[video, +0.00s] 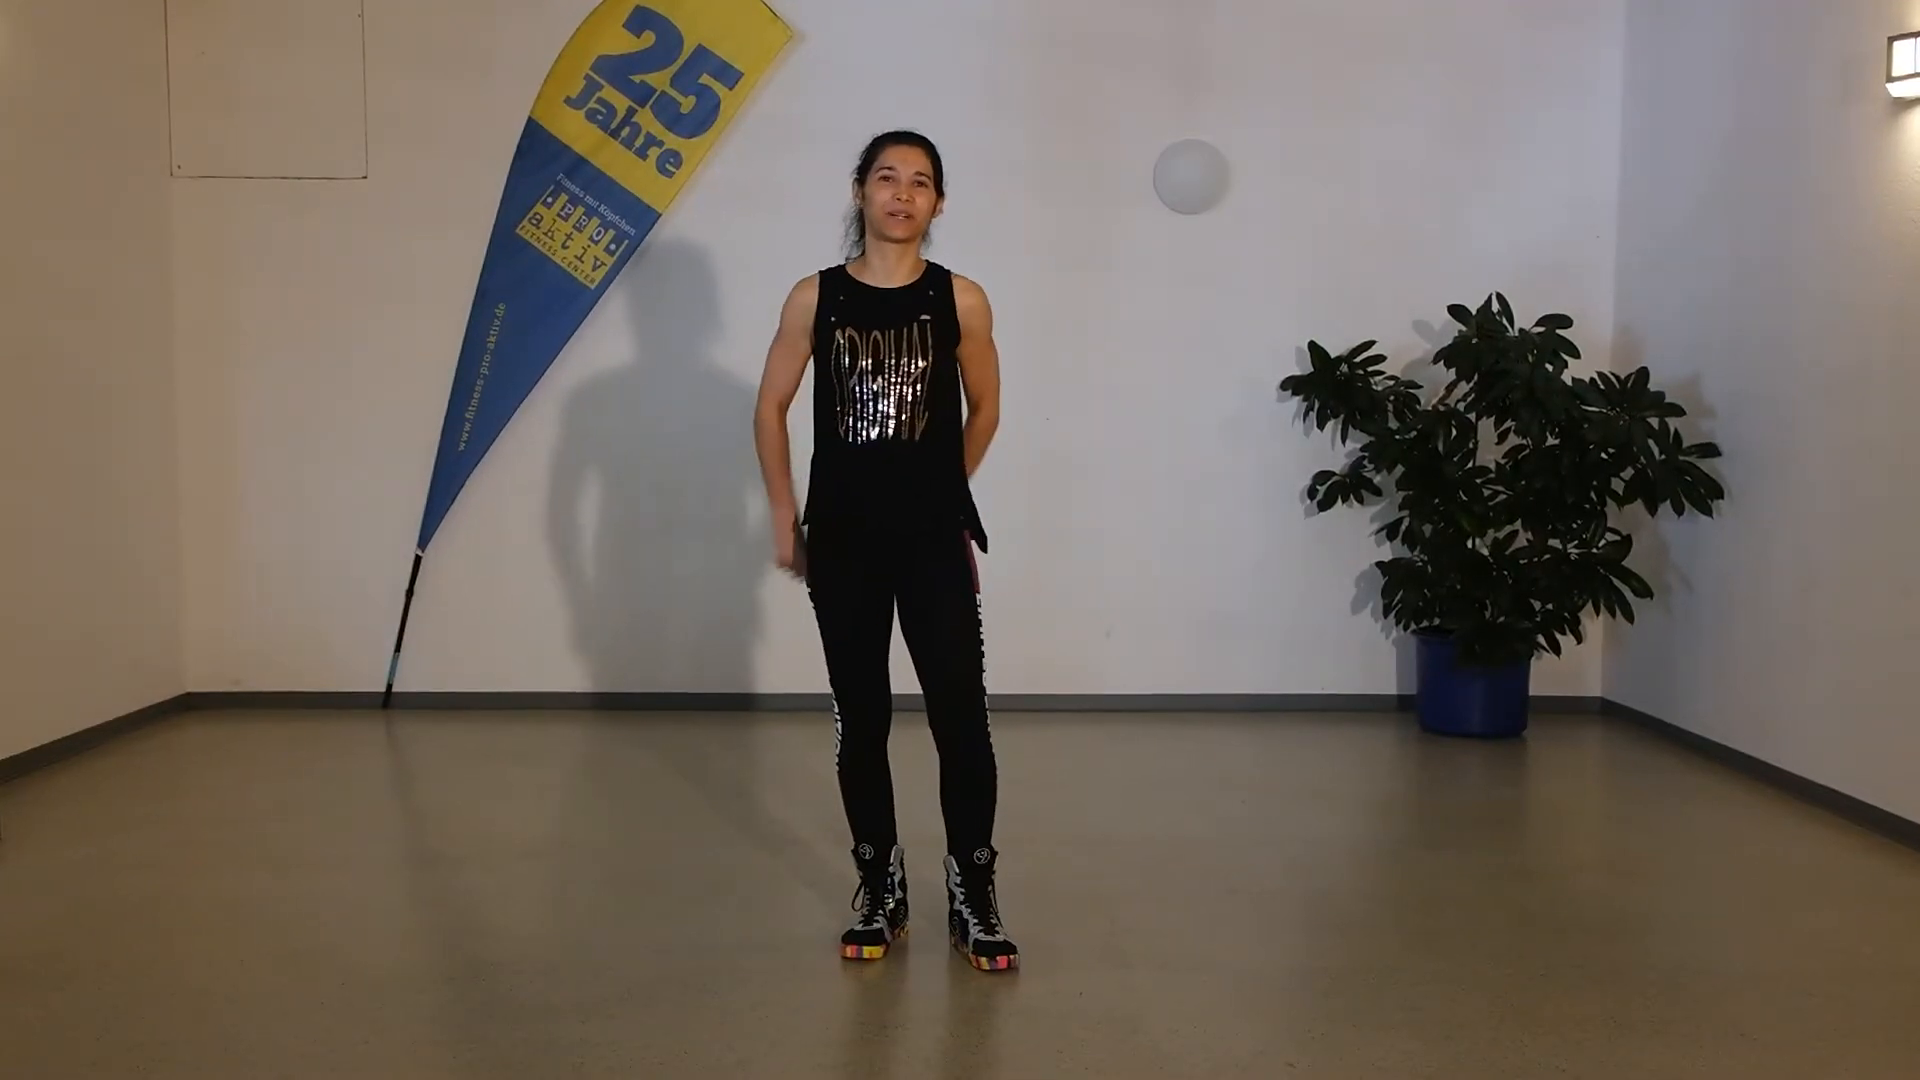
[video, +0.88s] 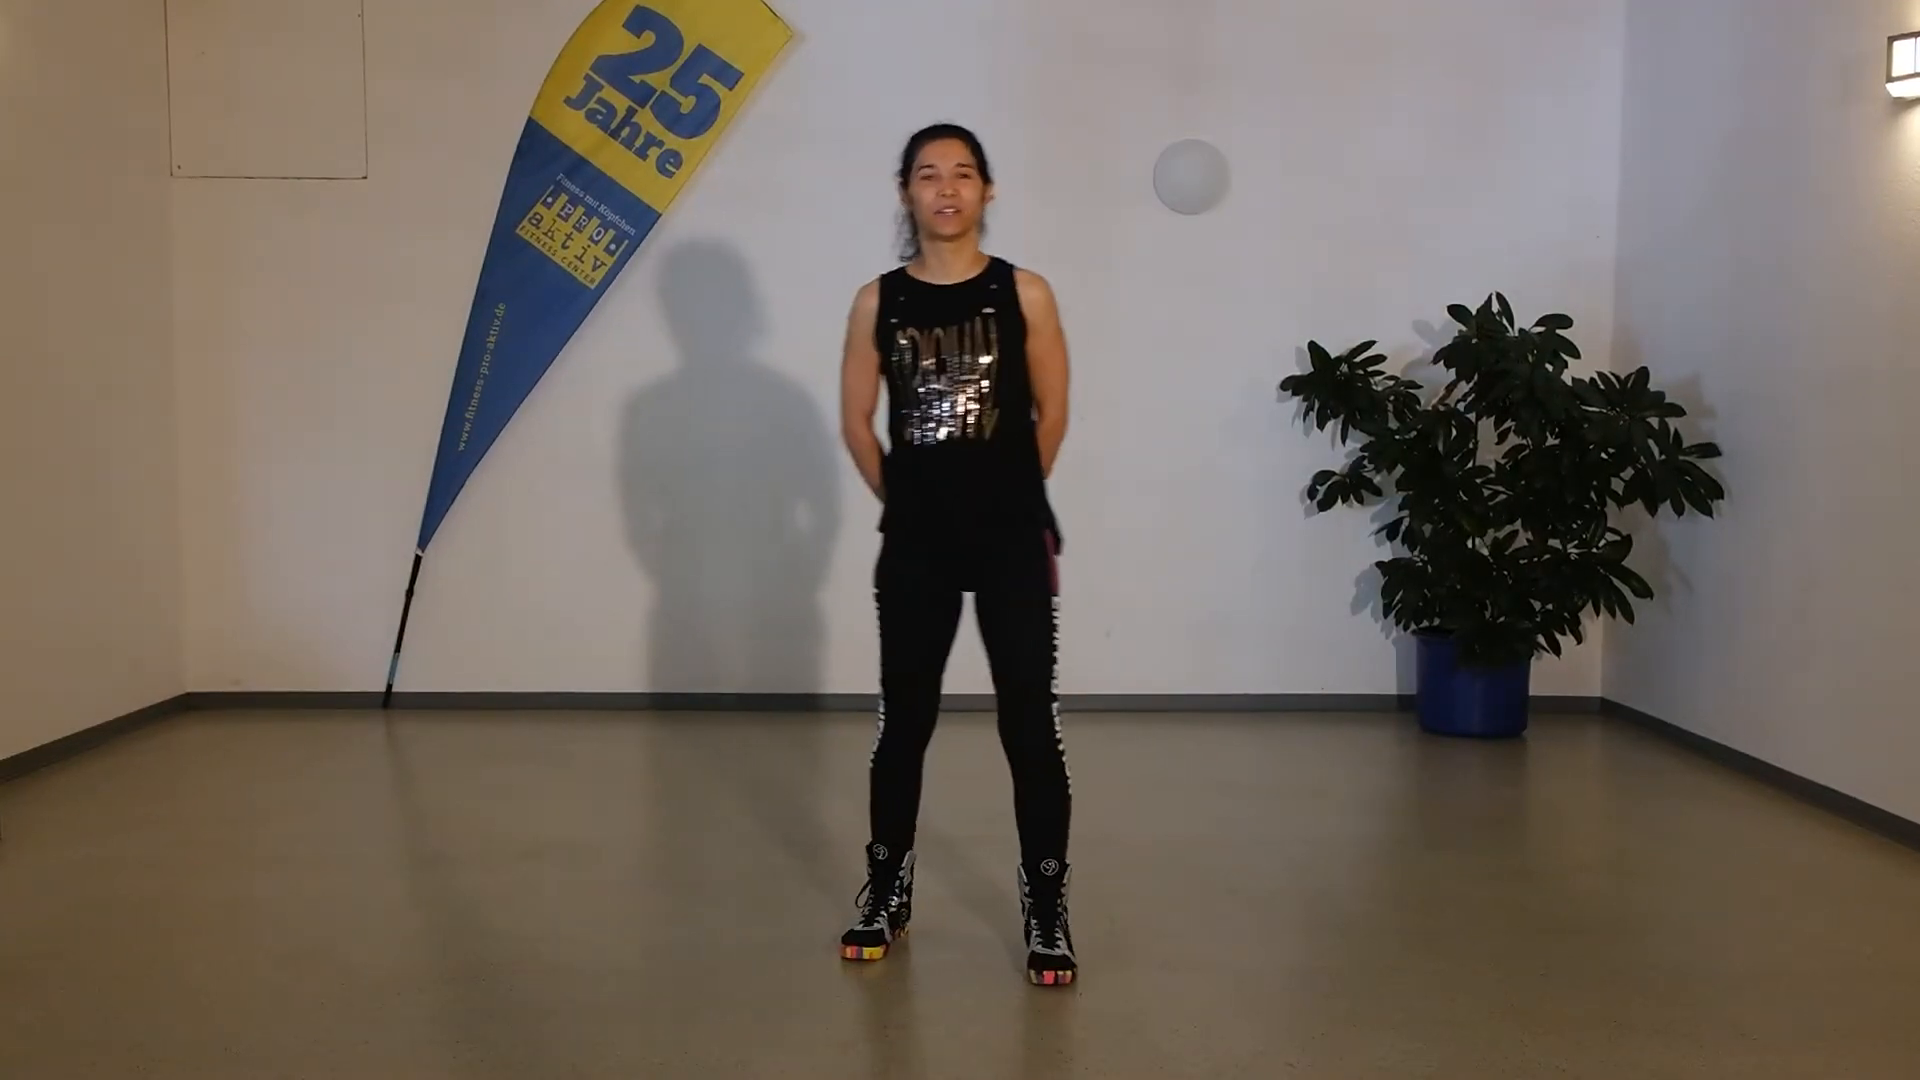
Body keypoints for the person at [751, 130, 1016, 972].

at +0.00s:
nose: (901, 192)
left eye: (918, 183)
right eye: (887, 178)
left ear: (936, 205)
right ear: (859, 194)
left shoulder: (961, 300)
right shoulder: (815, 297)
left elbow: (986, 411)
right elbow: (770, 411)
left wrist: (949, 487)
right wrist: (786, 519)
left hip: (933, 533)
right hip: (842, 535)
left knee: (961, 717)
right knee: (861, 721)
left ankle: (973, 895)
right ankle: (879, 888)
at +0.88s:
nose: (946, 188)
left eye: (961, 174)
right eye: (928, 176)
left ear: (985, 192)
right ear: (906, 196)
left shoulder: (1025, 292)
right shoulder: (878, 301)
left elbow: (1053, 413)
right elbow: (856, 424)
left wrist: (1017, 492)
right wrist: (902, 503)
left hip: (1010, 529)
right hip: (919, 530)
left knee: (1029, 725)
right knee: (904, 719)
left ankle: (1046, 910)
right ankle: (884, 893)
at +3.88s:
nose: (911, 200)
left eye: (924, 185)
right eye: (893, 189)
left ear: (950, 198)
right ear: (873, 207)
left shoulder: (992, 303)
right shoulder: (846, 307)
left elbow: (1019, 425)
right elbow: (824, 432)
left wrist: (982, 508)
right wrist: (864, 510)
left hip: (970, 534)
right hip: (879, 538)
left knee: (1004, 719)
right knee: (899, 721)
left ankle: (1014, 897)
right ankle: (914, 886)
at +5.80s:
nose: (948, 214)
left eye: (967, 203)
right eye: (936, 198)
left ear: (992, 222)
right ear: (916, 209)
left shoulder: (1002, 323)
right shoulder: (862, 295)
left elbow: (1006, 443)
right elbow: (820, 412)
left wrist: (953, 517)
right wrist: (843, 500)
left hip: (947, 541)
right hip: (856, 536)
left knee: (980, 716)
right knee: (883, 718)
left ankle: (993, 900)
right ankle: (911, 888)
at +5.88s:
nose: (949, 213)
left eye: (968, 203)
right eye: (937, 198)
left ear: (991, 222)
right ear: (916, 210)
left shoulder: (1002, 325)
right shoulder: (863, 296)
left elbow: (1005, 444)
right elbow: (819, 412)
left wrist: (953, 515)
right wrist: (841, 499)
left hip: (945, 538)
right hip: (854, 533)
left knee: (980, 718)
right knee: (882, 718)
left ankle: (993, 902)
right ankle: (911, 888)